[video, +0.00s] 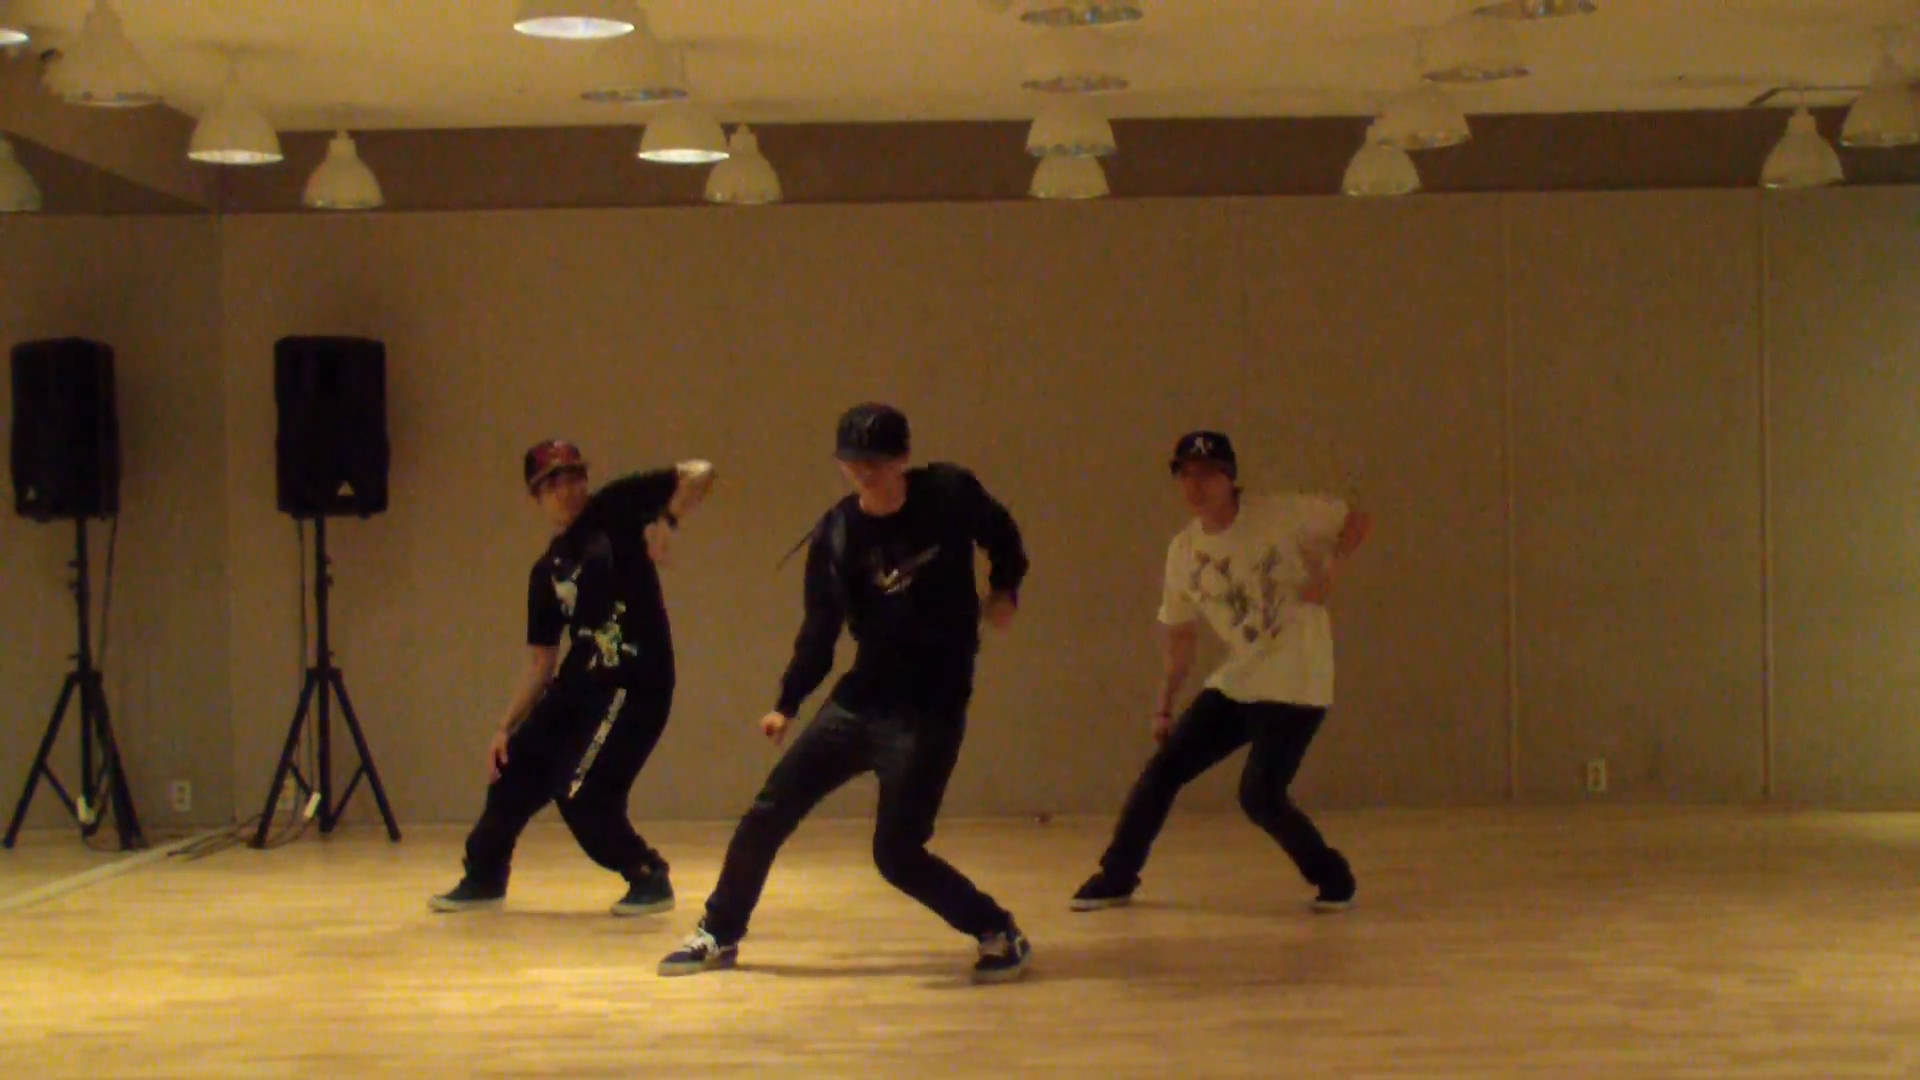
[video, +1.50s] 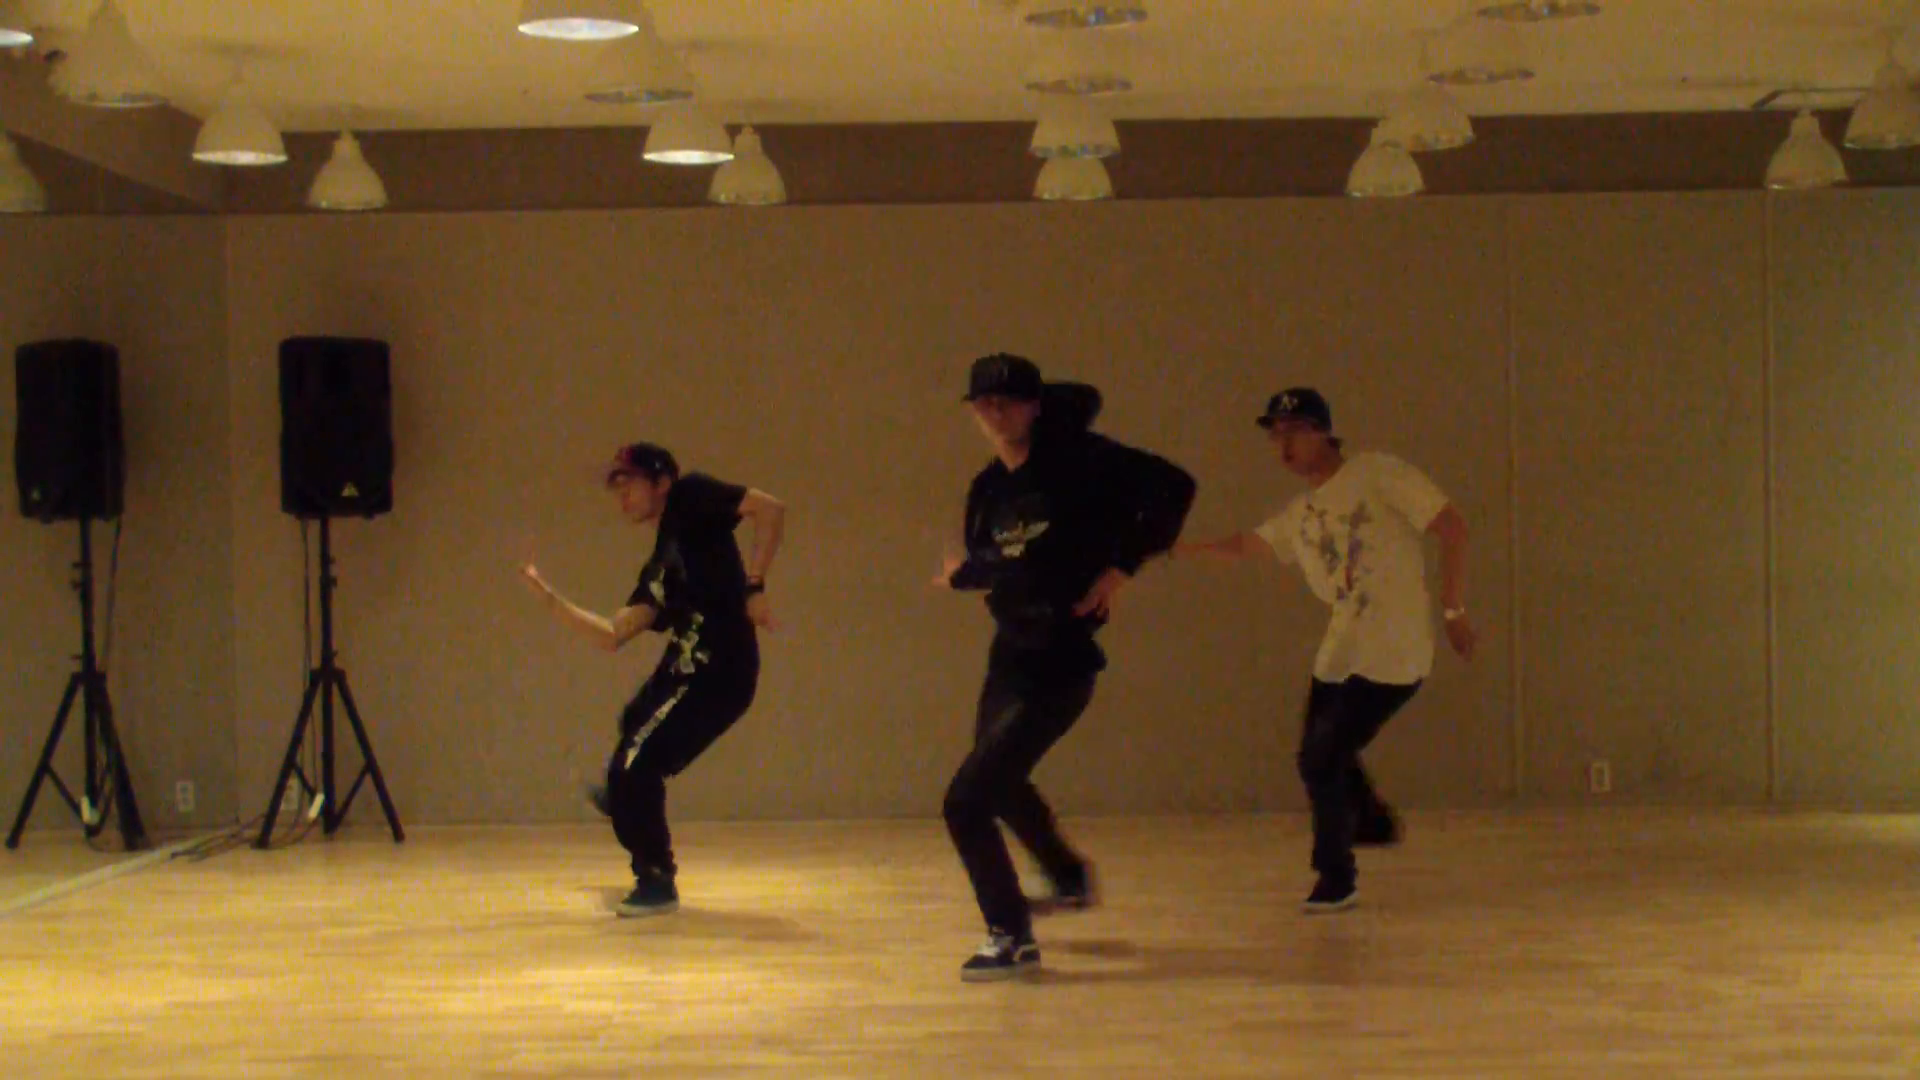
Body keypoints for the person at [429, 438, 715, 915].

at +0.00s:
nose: (567, 488)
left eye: (574, 476)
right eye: (554, 481)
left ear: (587, 480)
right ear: (537, 496)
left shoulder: (619, 505)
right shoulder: (547, 571)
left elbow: (700, 473)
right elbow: (541, 662)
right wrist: (505, 728)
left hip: (638, 680)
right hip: (581, 683)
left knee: (584, 792)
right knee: (520, 767)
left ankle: (648, 877)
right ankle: (484, 876)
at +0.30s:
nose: (591, 437)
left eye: (603, 426)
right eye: (582, 428)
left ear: (627, 434)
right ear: (574, 440)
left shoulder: (655, 490)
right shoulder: (565, 499)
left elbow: (696, 563)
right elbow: (490, 498)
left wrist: (709, 644)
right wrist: (412, 507)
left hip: (652, 646)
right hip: (601, 645)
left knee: (614, 766)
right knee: (546, 750)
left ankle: (651, 876)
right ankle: (572, 866)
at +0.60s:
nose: (610, 422)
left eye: (623, 413)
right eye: (607, 413)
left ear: (656, 427)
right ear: (608, 425)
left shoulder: (675, 491)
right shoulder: (598, 471)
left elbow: (700, 570)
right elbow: (541, 436)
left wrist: (705, 641)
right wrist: (533, 361)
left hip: (645, 646)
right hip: (598, 645)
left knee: (632, 765)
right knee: (588, 768)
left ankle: (655, 872)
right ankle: (643, 868)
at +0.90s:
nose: (604, 436)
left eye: (613, 425)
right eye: (600, 427)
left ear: (646, 425)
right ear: (599, 433)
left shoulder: (684, 484)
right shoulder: (605, 493)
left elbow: (711, 555)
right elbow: (606, 574)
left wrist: (715, 614)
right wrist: (578, 574)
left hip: (668, 629)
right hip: (614, 624)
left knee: (642, 745)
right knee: (547, 696)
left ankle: (654, 871)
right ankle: (606, 786)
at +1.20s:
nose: (589, 481)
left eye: (596, 469)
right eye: (584, 473)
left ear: (630, 465)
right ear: (594, 478)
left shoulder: (666, 486)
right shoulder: (637, 535)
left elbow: (736, 522)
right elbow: (603, 608)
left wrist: (741, 600)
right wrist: (581, 583)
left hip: (695, 648)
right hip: (648, 638)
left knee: (629, 758)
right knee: (553, 648)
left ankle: (654, 878)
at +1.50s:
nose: (620, 497)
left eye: (628, 484)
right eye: (616, 488)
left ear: (661, 480)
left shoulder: (691, 494)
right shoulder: (664, 562)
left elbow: (769, 509)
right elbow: (613, 634)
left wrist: (755, 585)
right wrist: (551, 598)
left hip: (722, 665)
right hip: (689, 660)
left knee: (637, 762)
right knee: (636, 719)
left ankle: (656, 878)